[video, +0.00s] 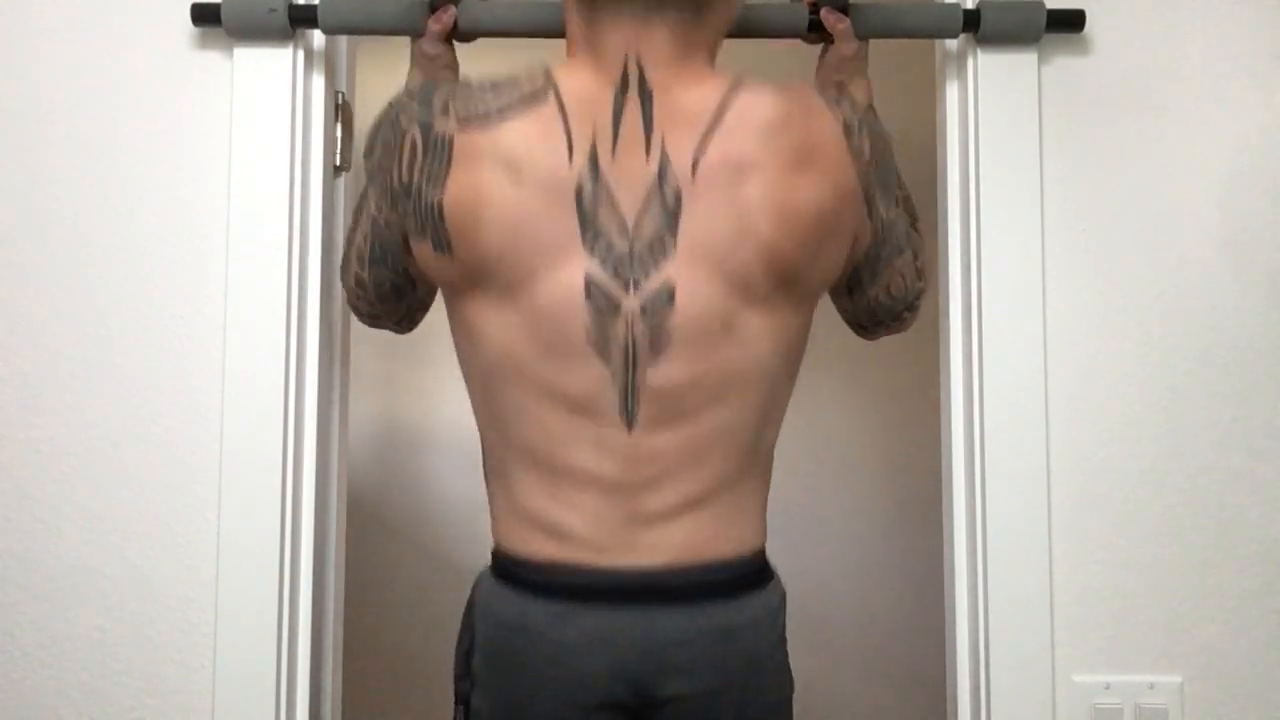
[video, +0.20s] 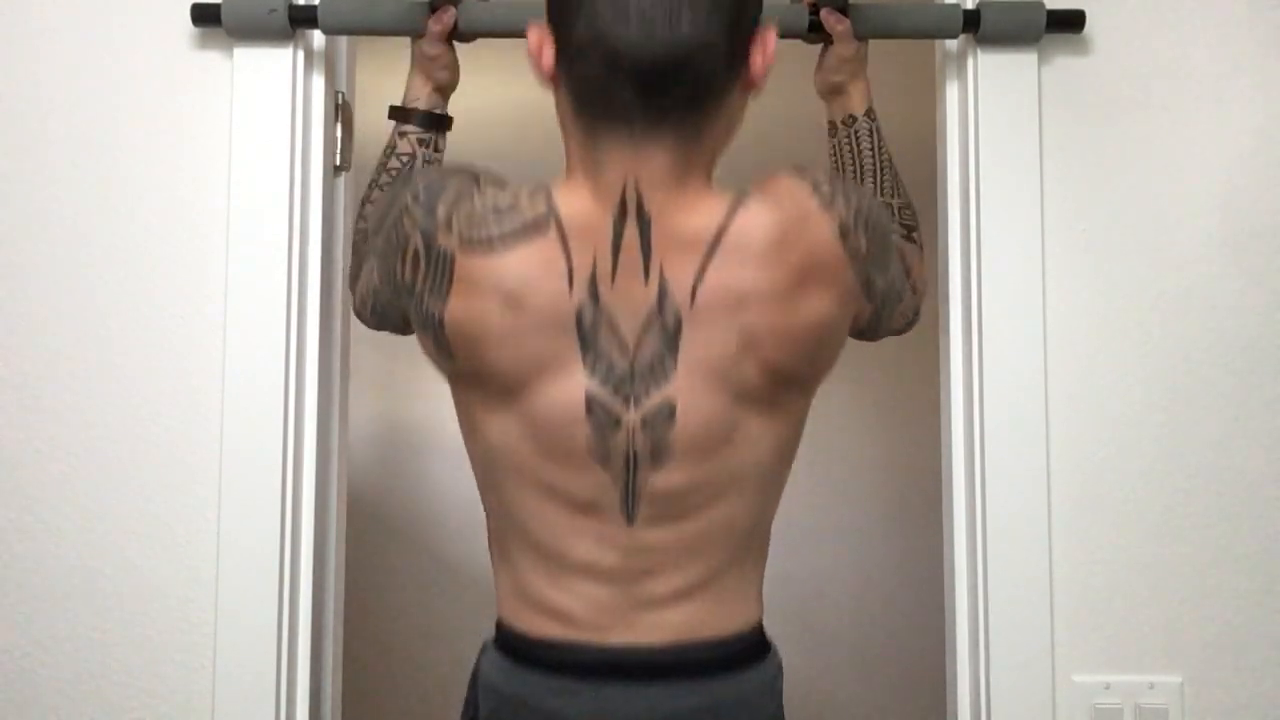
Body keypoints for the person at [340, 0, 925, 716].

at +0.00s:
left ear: (571, 4)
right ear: (725, 4)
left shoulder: (454, 134)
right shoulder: (802, 139)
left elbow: (380, 299)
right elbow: (889, 303)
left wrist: (425, 89)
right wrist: (851, 97)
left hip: (532, 636)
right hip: (728, 637)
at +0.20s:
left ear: (543, 57)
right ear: (758, 63)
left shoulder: (466, 243)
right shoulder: (802, 244)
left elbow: (376, 282)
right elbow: (896, 294)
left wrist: (424, 98)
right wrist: (850, 101)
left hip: (530, 688)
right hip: (724, 688)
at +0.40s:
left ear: (543, 161)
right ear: (758, 170)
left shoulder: (474, 335)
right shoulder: (803, 326)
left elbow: (384, 267)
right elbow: (895, 264)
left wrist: (424, 97)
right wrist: (850, 97)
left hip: (535, 707)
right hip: (727, 708)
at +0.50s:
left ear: (541, 202)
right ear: (757, 209)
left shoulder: (480, 374)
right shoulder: (797, 360)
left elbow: (390, 258)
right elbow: (894, 265)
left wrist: (424, 93)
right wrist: (849, 98)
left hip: (540, 709)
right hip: (725, 708)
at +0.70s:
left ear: (539, 281)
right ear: (749, 287)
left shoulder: (490, 436)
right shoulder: (786, 419)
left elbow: (402, 276)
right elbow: (881, 274)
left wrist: (425, 94)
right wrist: (848, 99)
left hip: (538, 713)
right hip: (730, 712)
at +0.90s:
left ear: (537, 281)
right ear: (749, 292)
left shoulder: (492, 438)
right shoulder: (788, 413)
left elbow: (405, 277)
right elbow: (881, 276)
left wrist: (427, 96)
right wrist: (848, 99)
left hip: (540, 712)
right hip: (733, 712)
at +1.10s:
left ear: (539, 113)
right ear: (755, 118)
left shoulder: (467, 301)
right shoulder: (802, 292)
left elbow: (378, 274)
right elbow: (902, 269)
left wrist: (423, 96)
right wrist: (851, 97)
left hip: (538, 701)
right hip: (732, 701)